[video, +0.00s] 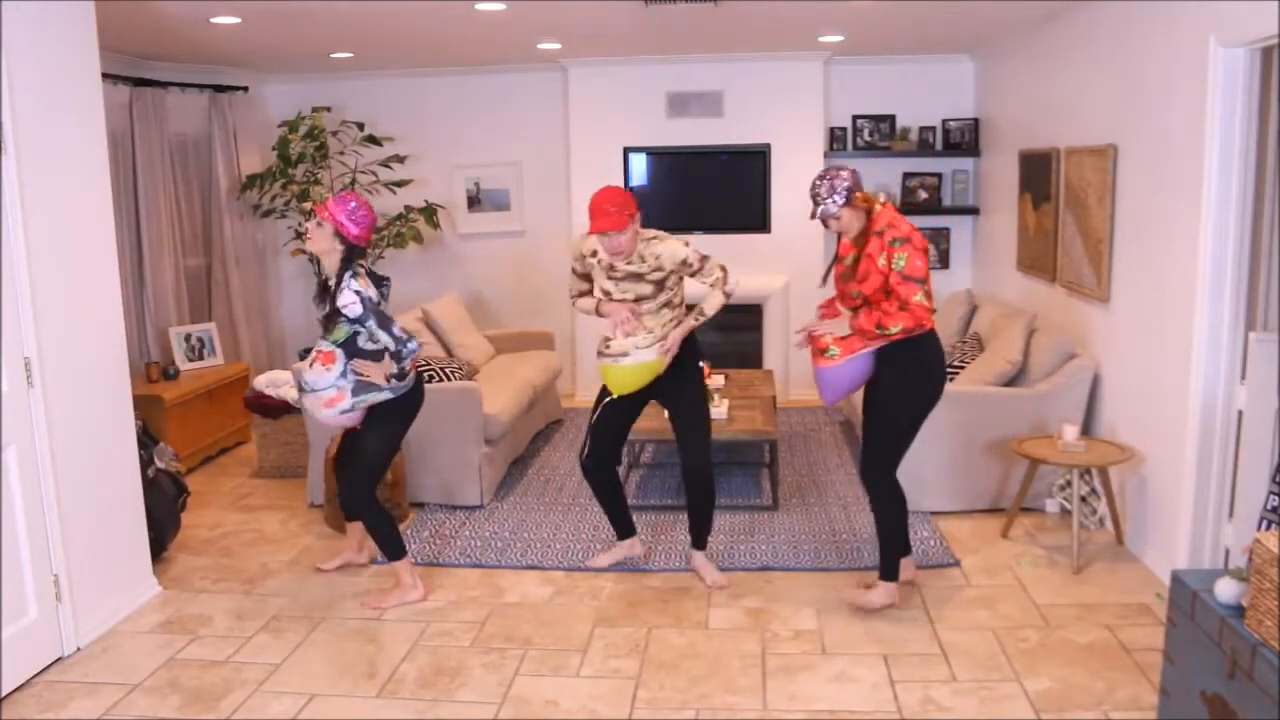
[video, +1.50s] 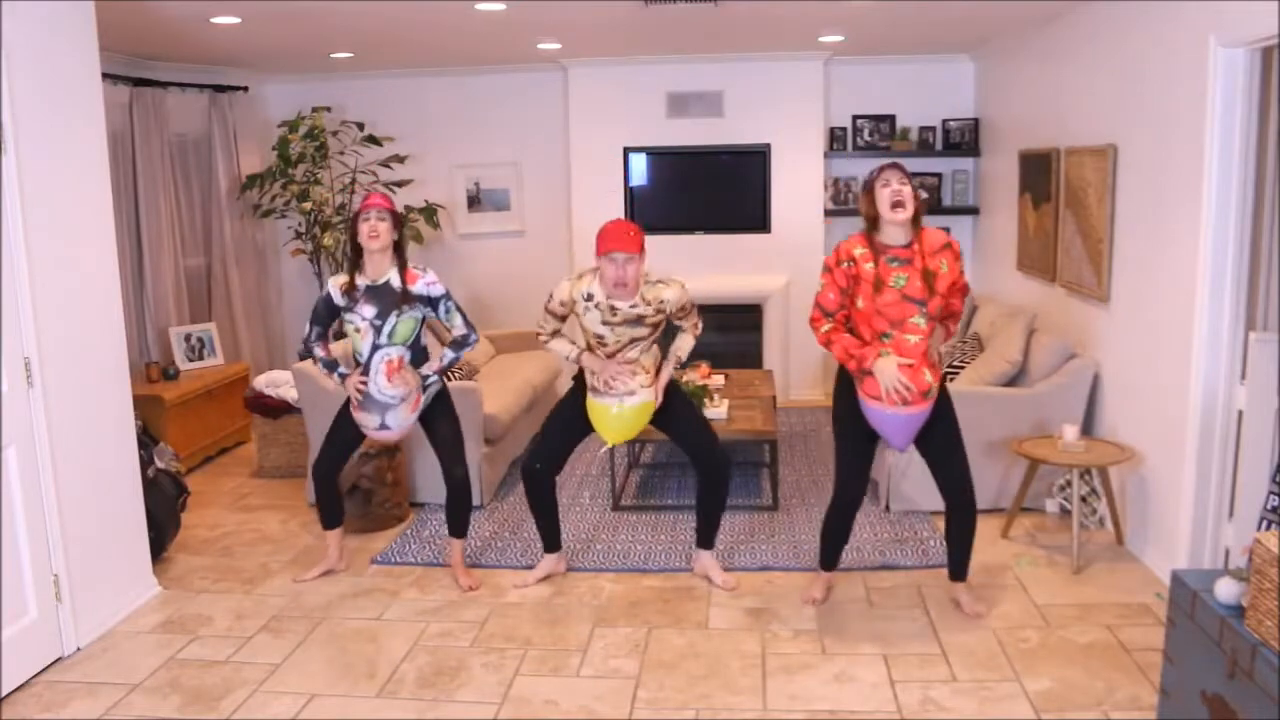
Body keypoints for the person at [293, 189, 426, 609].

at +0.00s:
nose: (307, 227)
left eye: (317, 223)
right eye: (312, 220)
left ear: (338, 237)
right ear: (336, 237)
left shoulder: (352, 286)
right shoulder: (340, 277)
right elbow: (350, 339)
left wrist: (392, 373)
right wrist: (315, 368)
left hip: (400, 393)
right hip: (378, 389)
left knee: (359, 484)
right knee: (344, 463)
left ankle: (410, 582)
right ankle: (358, 545)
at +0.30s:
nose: (305, 229)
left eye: (316, 225)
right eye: (307, 222)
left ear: (339, 240)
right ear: (322, 237)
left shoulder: (357, 288)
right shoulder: (315, 287)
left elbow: (415, 328)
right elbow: (325, 343)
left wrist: (391, 368)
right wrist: (304, 379)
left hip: (385, 390)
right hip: (346, 390)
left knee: (372, 478)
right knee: (323, 465)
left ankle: (411, 579)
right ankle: (356, 552)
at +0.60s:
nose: (323, 233)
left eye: (333, 226)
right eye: (318, 225)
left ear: (352, 236)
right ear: (311, 233)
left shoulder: (370, 279)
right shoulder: (309, 285)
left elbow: (425, 323)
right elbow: (300, 327)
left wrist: (381, 357)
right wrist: (308, 355)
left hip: (394, 385)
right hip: (347, 391)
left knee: (404, 468)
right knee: (320, 468)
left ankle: (447, 559)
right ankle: (355, 552)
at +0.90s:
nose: (365, 219)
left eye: (374, 212)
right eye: (358, 212)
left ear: (389, 221)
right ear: (348, 220)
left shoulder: (414, 269)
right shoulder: (336, 274)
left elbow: (454, 327)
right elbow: (310, 319)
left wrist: (412, 357)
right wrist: (332, 352)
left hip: (416, 378)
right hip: (361, 385)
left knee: (440, 464)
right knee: (333, 469)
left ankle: (454, 559)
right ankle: (354, 551)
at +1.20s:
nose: (383, 202)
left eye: (391, 195)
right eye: (376, 196)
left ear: (405, 204)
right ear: (365, 206)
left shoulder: (432, 254)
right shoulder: (347, 261)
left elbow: (471, 311)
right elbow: (316, 312)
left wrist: (431, 347)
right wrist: (345, 344)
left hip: (424, 373)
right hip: (369, 376)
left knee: (442, 462)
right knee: (345, 461)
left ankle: (455, 560)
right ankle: (334, 552)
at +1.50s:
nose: (372, 225)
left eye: (381, 219)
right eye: (365, 220)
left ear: (395, 230)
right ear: (355, 231)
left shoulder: (421, 281)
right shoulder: (340, 288)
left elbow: (466, 336)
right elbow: (314, 342)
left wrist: (429, 369)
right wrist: (344, 377)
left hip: (424, 386)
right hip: (367, 391)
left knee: (457, 470)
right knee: (324, 469)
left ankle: (457, 558)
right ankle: (334, 555)